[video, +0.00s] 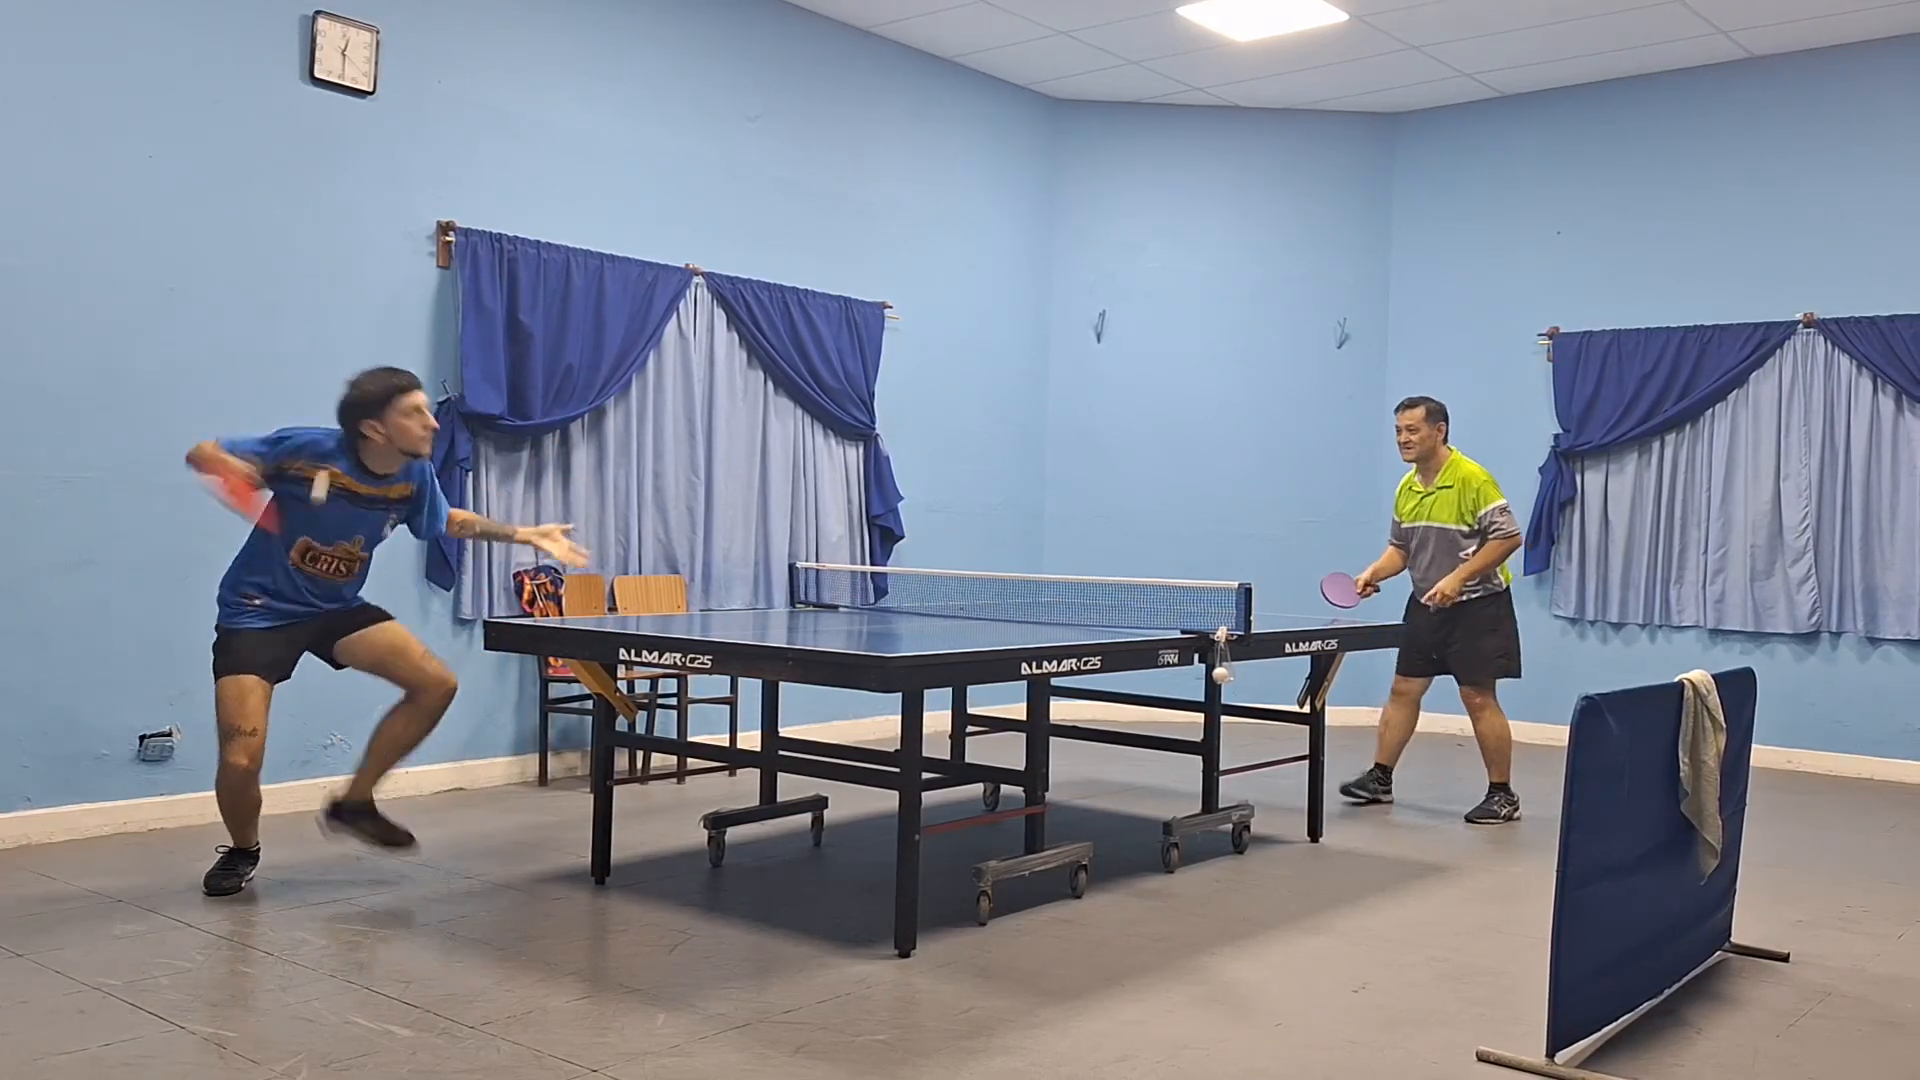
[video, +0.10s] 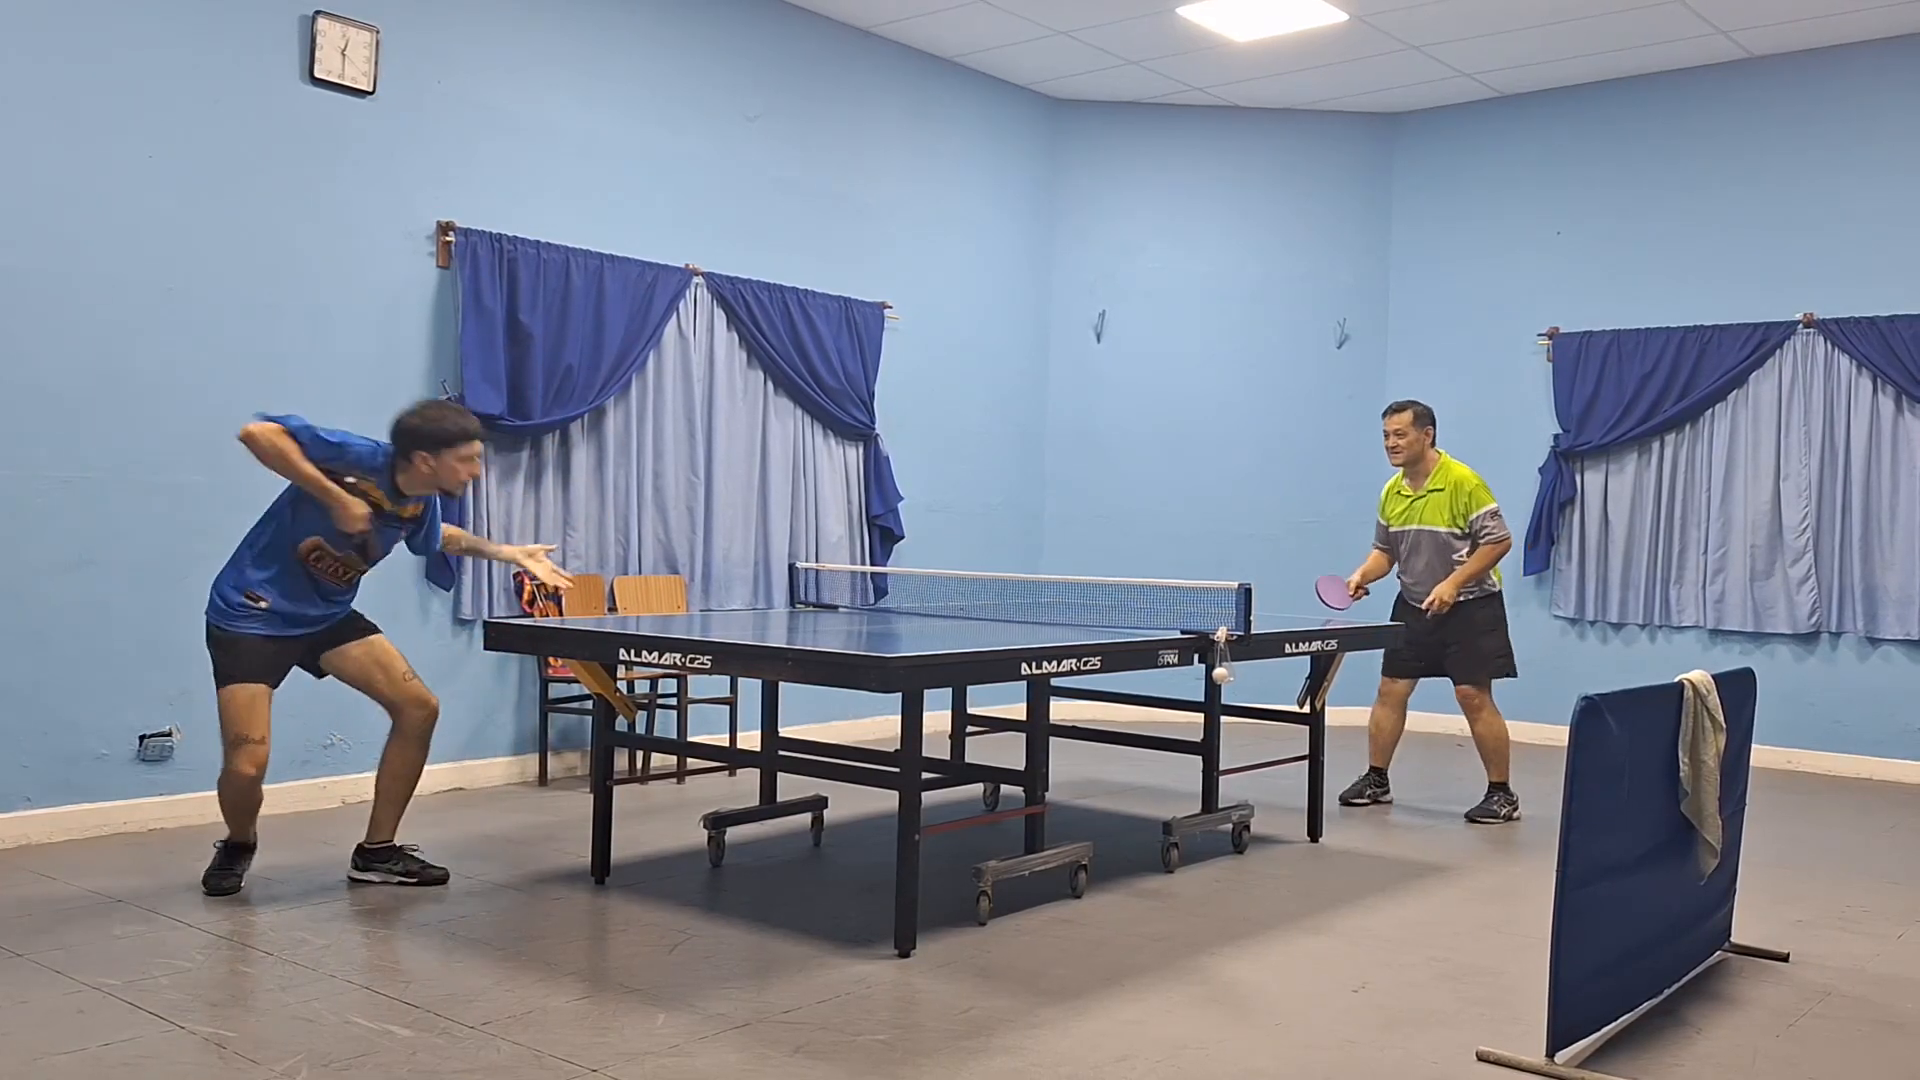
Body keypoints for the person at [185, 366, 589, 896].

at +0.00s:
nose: (432, 422)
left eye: (428, 411)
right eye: (417, 414)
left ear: (384, 430)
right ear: (374, 430)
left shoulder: (416, 474)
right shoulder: (308, 449)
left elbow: (448, 521)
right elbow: (200, 453)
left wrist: (523, 533)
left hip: (335, 609)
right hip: (257, 610)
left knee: (435, 684)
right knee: (240, 759)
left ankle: (353, 802)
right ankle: (242, 849)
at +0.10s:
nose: (476, 472)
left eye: (477, 460)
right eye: (468, 460)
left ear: (429, 462)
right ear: (426, 460)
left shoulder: (424, 503)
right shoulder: (358, 459)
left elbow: (434, 538)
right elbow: (258, 434)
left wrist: (508, 552)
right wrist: (336, 499)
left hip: (324, 613)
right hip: (250, 611)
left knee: (417, 708)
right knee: (246, 766)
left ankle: (377, 849)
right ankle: (238, 845)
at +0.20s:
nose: (496, 475)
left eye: (497, 463)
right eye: (491, 462)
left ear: (455, 461)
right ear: (455, 460)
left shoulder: (416, 505)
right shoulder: (379, 459)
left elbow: (409, 538)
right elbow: (283, 445)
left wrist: (480, 556)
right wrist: (366, 503)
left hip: (323, 615)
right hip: (254, 610)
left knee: (416, 708)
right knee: (271, 759)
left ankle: (377, 850)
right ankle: (203, 814)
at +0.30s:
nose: (494, 451)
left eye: (495, 439)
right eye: (490, 438)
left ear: (455, 439)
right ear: (455, 436)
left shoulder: (412, 490)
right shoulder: (381, 440)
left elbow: (390, 531)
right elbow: (296, 439)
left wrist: (453, 550)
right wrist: (376, 502)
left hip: (317, 603)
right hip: (254, 591)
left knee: (397, 708)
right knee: (286, 738)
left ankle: (376, 849)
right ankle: (155, 799)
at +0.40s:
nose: (486, 436)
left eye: (488, 424)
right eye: (482, 423)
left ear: (445, 422)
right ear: (448, 421)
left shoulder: (389, 476)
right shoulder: (377, 431)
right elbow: (299, 439)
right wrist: (371, 511)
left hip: (282, 583)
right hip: (233, 570)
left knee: (352, 699)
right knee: (286, 719)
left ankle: (345, 845)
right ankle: (151, 848)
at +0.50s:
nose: (469, 444)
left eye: (469, 431)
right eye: (463, 431)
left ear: (428, 433)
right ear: (428, 432)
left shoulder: (374, 495)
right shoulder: (360, 452)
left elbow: (308, 569)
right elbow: (285, 478)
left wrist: (325, 571)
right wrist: (380, 548)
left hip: (256, 601)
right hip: (215, 592)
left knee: (323, 724)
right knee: (276, 741)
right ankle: (195, 918)